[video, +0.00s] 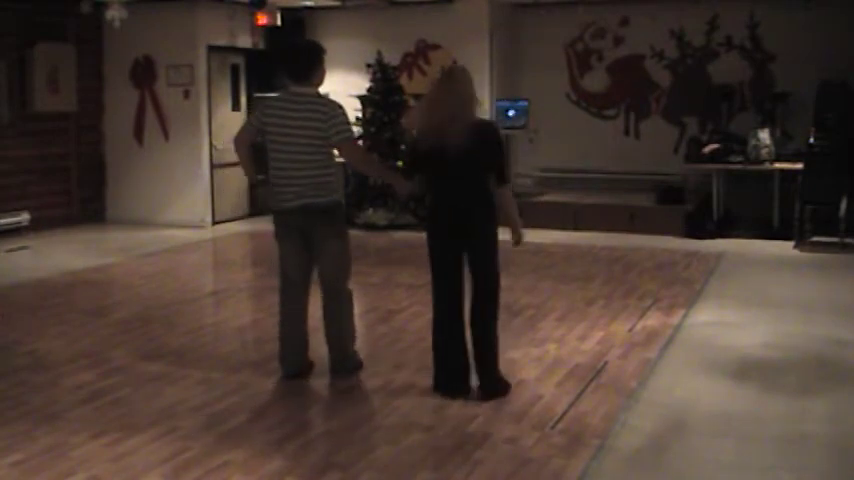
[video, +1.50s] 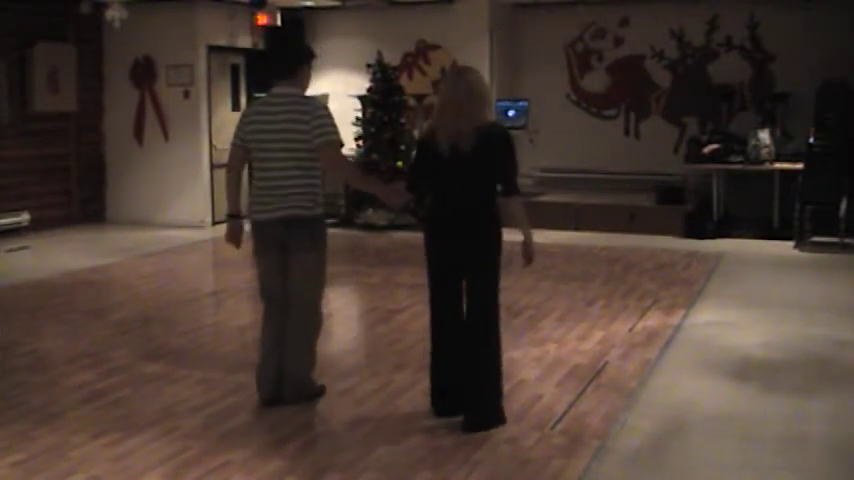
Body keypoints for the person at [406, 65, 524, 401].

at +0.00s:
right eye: (470, 90)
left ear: (435, 96)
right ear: (471, 95)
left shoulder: (425, 136)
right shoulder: (486, 132)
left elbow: (411, 183)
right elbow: (501, 185)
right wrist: (515, 222)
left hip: (441, 227)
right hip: (480, 226)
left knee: (446, 300)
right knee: (486, 297)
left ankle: (449, 379)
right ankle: (489, 379)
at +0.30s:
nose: (436, 102)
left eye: (439, 95)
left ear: (441, 98)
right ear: (476, 97)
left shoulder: (433, 139)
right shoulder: (489, 136)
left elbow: (414, 190)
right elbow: (499, 191)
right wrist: (513, 234)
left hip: (443, 239)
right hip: (481, 239)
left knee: (447, 309)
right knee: (480, 316)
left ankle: (447, 379)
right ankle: (476, 401)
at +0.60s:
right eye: (484, 94)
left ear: (445, 97)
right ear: (483, 98)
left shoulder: (435, 138)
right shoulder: (494, 138)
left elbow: (413, 191)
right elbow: (503, 197)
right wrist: (516, 239)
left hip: (442, 242)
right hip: (480, 243)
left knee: (452, 317)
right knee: (480, 321)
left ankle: (452, 390)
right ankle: (478, 407)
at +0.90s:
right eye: (485, 93)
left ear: (445, 95)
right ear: (483, 97)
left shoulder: (432, 137)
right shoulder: (491, 138)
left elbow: (414, 188)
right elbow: (498, 196)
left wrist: (429, 220)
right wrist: (509, 240)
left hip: (437, 242)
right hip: (477, 242)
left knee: (440, 318)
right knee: (481, 318)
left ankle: (437, 402)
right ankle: (478, 404)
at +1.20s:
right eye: (482, 93)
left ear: (444, 96)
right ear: (482, 97)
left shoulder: (431, 138)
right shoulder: (491, 138)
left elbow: (418, 191)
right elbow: (499, 196)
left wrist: (430, 224)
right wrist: (508, 242)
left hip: (438, 242)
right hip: (479, 242)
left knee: (440, 321)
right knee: (482, 324)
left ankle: (436, 403)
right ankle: (481, 408)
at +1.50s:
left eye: (442, 90)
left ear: (443, 98)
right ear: (483, 97)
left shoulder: (431, 140)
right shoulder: (496, 137)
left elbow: (415, 193)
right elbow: (509, 195)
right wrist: (526, 235)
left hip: (441, 243)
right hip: (483, 243)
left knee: (444, 317)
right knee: (482, 320)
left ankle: (445, 399)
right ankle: (482, 409)